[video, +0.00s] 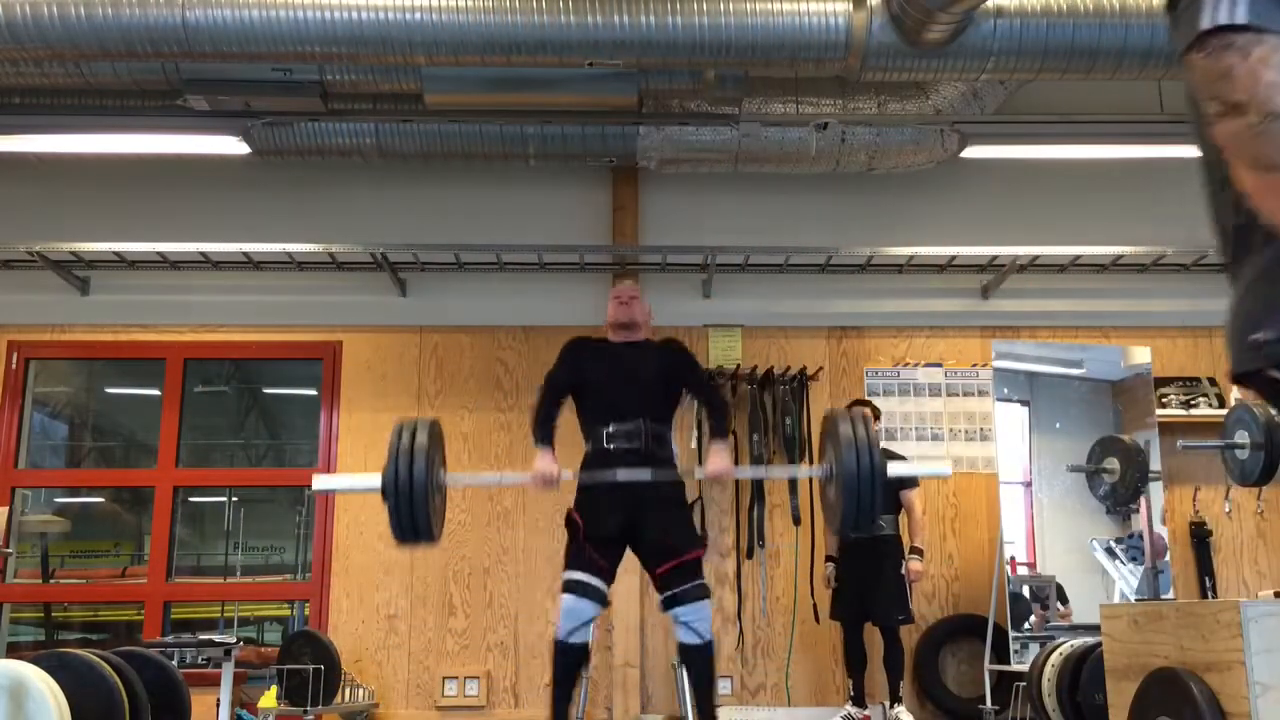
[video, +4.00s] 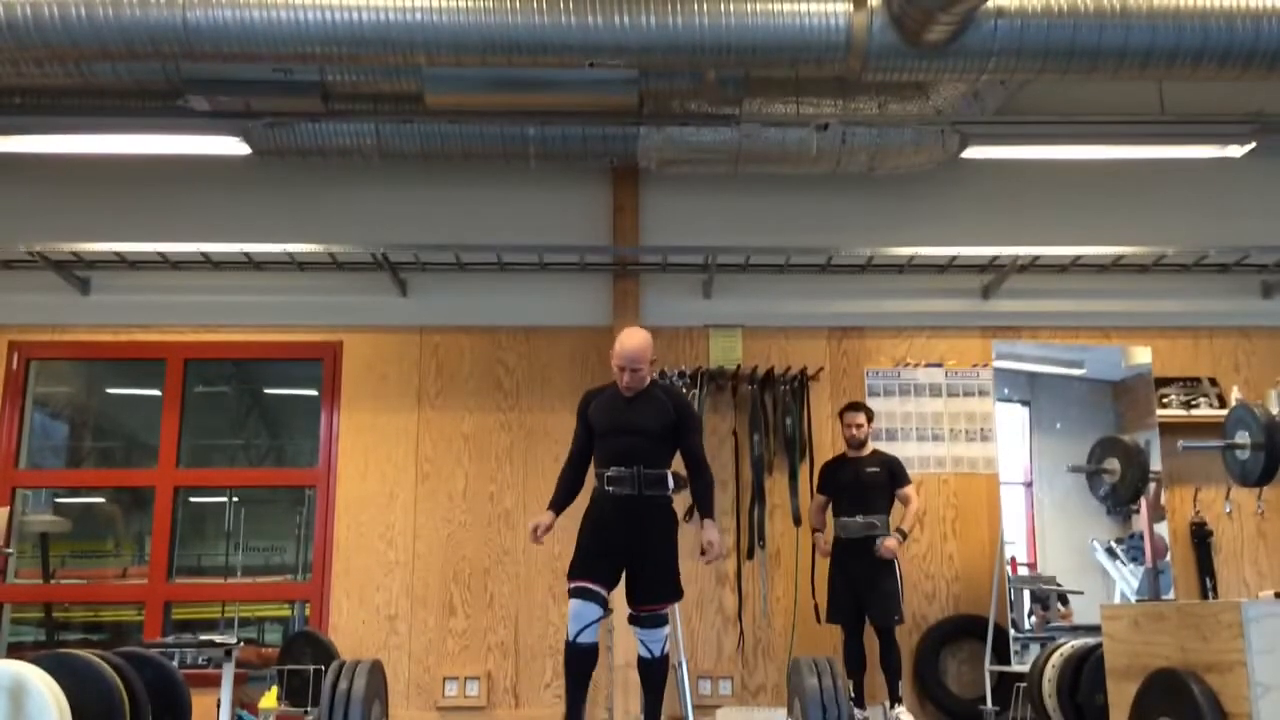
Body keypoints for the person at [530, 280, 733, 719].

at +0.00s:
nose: (625, 303)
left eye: (633, 299)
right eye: (618, 299)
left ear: (648, 313)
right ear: (606, 313)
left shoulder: (671, 353)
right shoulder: (581, 351)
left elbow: (713, 397)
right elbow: (549, 397)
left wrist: (719, 445)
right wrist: (544, 450)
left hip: (661, 496)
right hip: (600, 497)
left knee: (694, 614)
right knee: (575, 612)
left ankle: (705, 714)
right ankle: (559, 715)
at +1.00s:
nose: (629, 341)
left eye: (639, 338)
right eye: (620, 335)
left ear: (653, 360)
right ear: (605, 353)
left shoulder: (668, 409)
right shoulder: (583, 406)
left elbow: (702, 426)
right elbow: (545, 411)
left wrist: (703, 391)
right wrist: (550, 379)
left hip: (655, 549)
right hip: (590, 546)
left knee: (729, 649)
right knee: (526, 650)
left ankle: (738, 718)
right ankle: (521, 718)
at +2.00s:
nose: (639, 321)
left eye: (649, 312)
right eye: (631, 310)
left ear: (663, 311)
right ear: (615, 306)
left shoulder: (684, 361)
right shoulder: (586, 359)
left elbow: (730, 428)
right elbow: (548, 433)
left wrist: (728, 407)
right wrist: (550, 411)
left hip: (661, 502)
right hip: (600, 500)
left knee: (686, 626)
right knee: (583, 622)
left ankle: (698, 716)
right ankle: (568, 717)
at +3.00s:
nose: (610, 352)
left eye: (619, 344)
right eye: (604, 343)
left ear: (633, 345)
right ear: (591, 341)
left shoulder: (652, 390)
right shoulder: (569, 390)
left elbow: (671, 456)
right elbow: (542, 448)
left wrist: (652, 497)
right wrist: (547, 484)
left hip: (641, 517)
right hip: (590, 518)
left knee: (655, 625)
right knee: (593, 628)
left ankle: (669, 712)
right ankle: (594, 714)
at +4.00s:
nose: (625, 378)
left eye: (635, 370)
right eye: (620, 368)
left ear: (652, 364)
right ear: (611, 360)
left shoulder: (674, 404)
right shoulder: (594, 402)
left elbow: (697, 465)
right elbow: (577, 462)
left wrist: (709, 522)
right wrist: (552, 510)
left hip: (654, 524)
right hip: (603, 520)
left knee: (651, 628)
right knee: (581, 616)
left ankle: (652, 714)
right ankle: (573, 713)